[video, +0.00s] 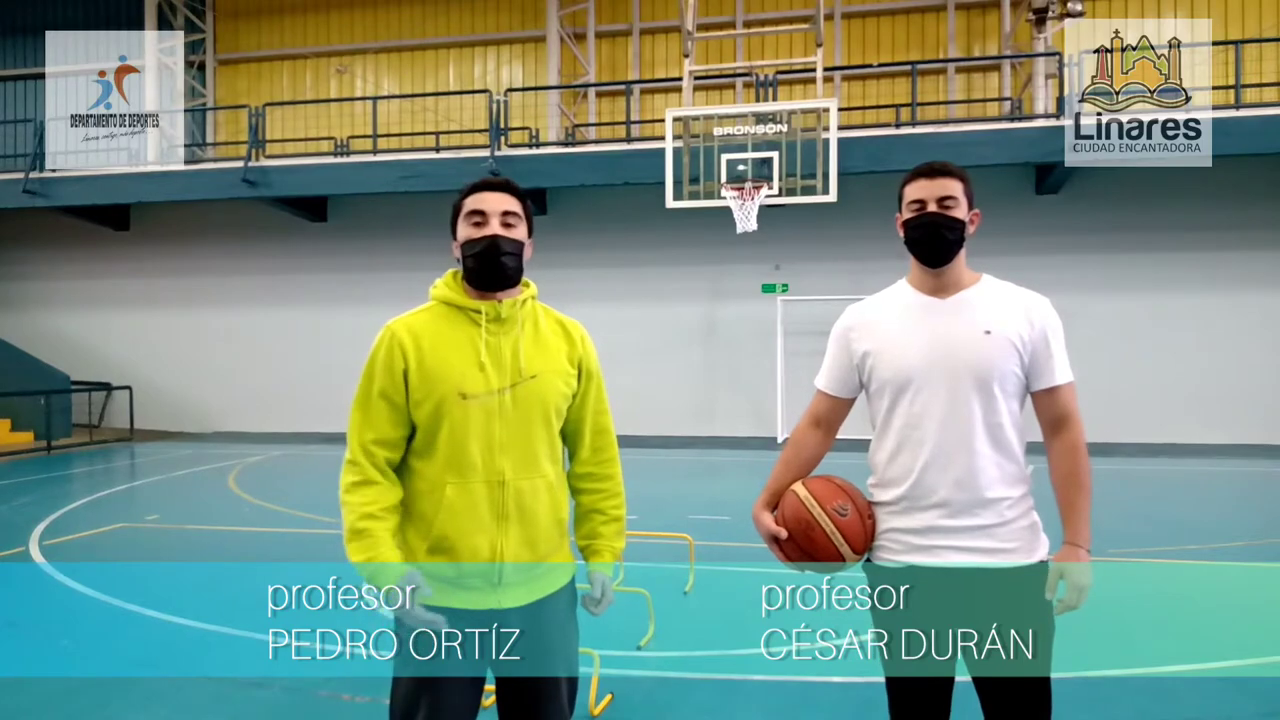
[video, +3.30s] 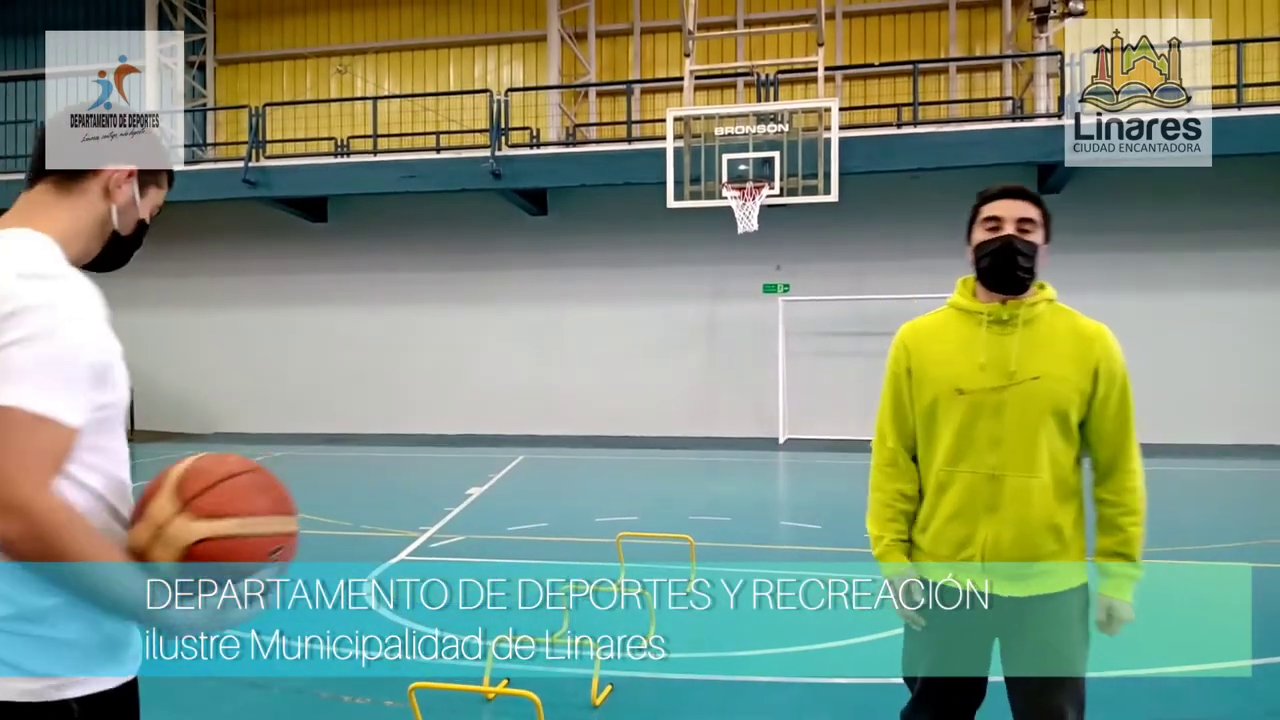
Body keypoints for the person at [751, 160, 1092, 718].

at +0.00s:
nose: (931, 215)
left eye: (946, 204)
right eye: (916, 207)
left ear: (972, 220)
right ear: (899, 226)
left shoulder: (1026, 314)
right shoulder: (862, 323)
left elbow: (1063, 430)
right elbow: (818, 425)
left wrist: (1076, 543)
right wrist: (764, 503)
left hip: (1007, 559)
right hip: (904, 560)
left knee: (1020, 711)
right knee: (915, 712)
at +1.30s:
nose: (920, 215)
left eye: (935, 204)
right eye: (905, 210)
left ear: (964, 220)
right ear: (894, 232)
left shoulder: (1023, 313)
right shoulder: (860, 324)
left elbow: (1063, 423)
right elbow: (816, 425)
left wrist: (1060, 500)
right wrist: (763, 496)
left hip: (1001, 556)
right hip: (899, 557)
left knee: (1017, 709)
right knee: (911, 713)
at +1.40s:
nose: (915, 215)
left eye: (930, 204)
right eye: (901, 212)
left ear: (961, 219)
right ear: (891, 234)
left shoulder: (1021, 313)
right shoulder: (859, 324)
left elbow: (1066, 422)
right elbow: (815, 424)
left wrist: (1037, 435)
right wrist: (762, 494)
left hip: (998, 557)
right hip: (896, 557)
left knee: (1017, 710)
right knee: (909, 714)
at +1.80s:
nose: (900, 221)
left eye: (915, 209)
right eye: (887, 218)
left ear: (949, 222)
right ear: (880, 238)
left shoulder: (1003, 310)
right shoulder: (853, 324)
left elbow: (1053, 421)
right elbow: (812, 425)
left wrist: (1016, 348)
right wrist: (761, 489)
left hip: (983, 553)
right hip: (885, 554)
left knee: (1005, 710)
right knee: (902, 711)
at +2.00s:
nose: (946, 239)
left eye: (958, 230)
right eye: (929, 232)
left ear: (976, 250)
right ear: (910, 253)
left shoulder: (1020, 323)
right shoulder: (875, 344)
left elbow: (1102, 397)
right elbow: (855, 455)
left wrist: (1042, 406)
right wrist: (853, 544)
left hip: (1010, 547)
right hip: (915, 550)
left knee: (1022, 691)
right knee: (915, 696)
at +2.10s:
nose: (931, 236)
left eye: (945, 229)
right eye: (916, 230)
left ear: (965, 250)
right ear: (900, 257)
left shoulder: (1017, 327)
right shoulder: (870, 347)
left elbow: (1081, 419)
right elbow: (854, 453)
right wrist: (853, 535)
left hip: (1009, 553)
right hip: (912, 556)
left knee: (1029, 701)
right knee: (916, 702)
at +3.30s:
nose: (1008, 235)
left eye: (1025, 227)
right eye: (991, 225)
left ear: (1044, 250)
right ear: (970, 246)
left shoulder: (1089, 343)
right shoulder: (919, 340)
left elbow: (1119, 469)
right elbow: (893, 460)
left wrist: (1118, 576)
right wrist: (894, 559)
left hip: (1050, 583)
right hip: (943, 580)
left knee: (1054, 713)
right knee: (936, 710)